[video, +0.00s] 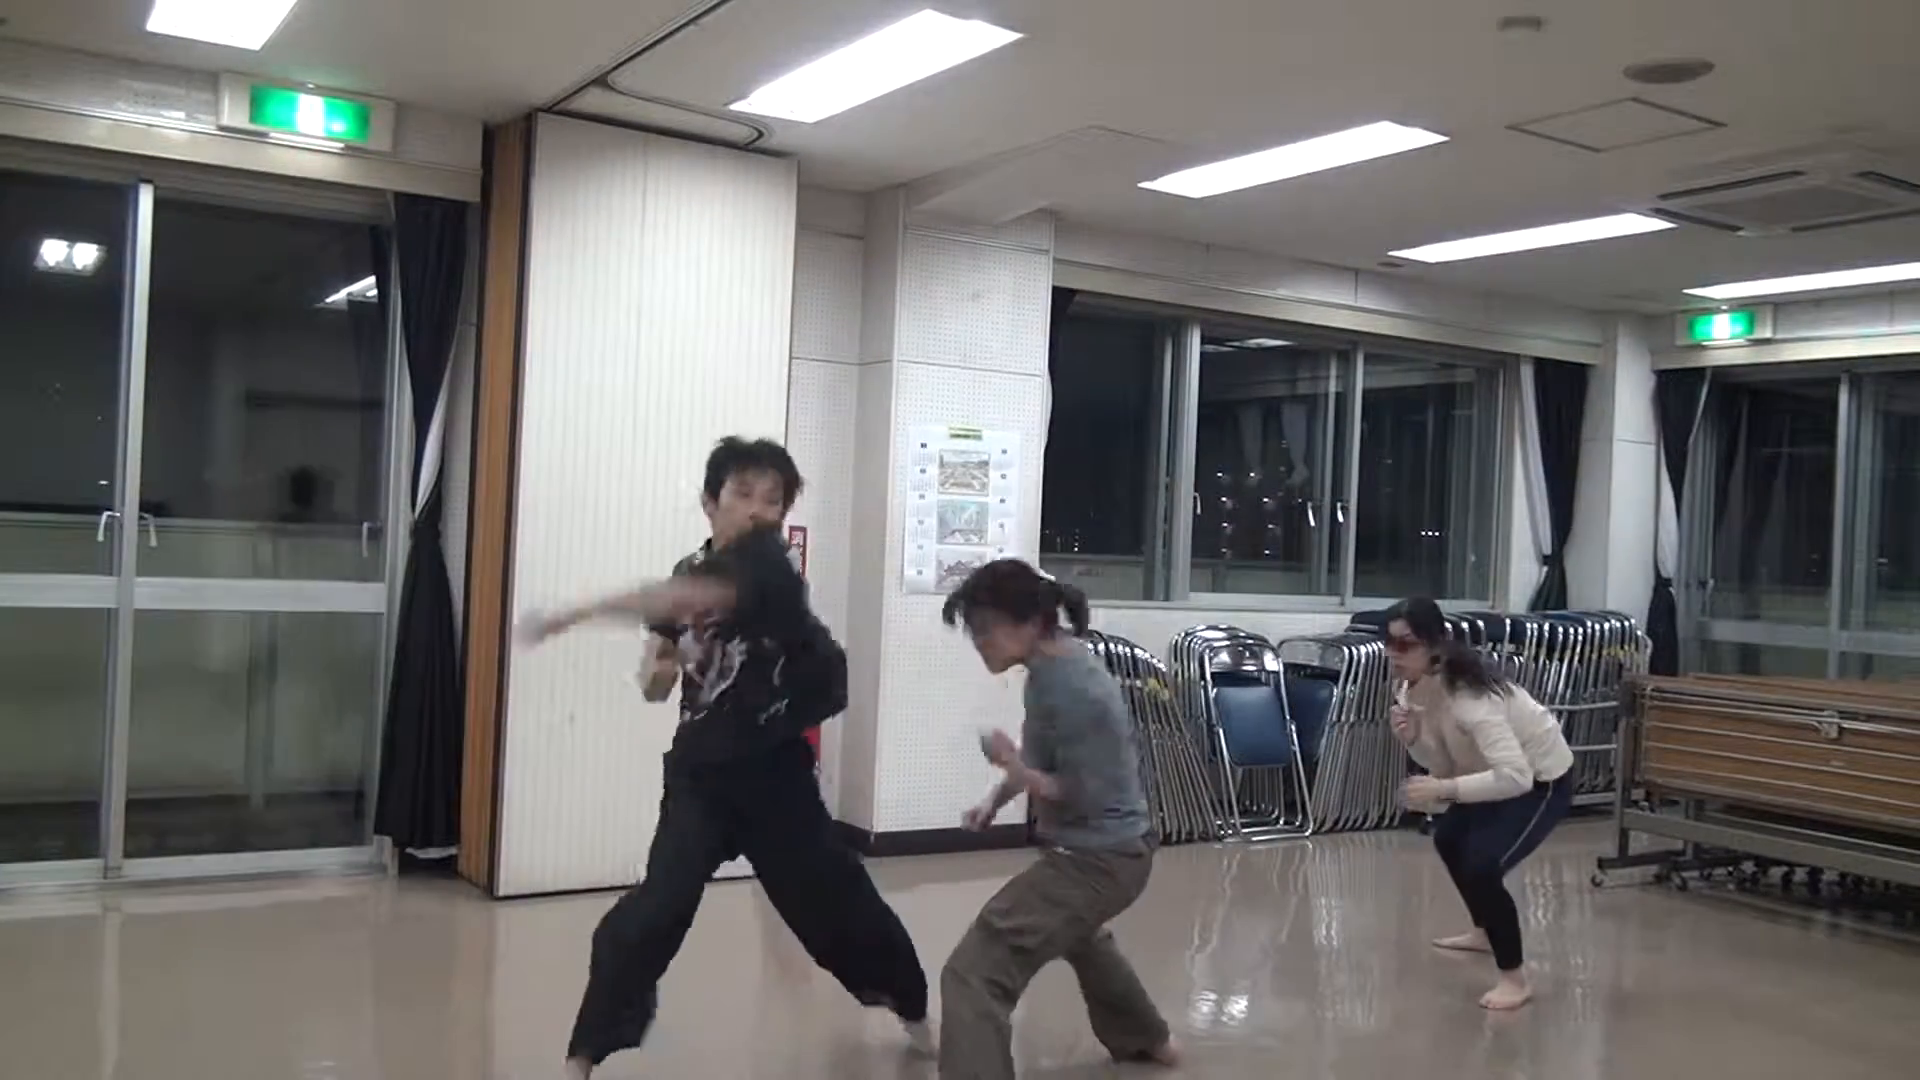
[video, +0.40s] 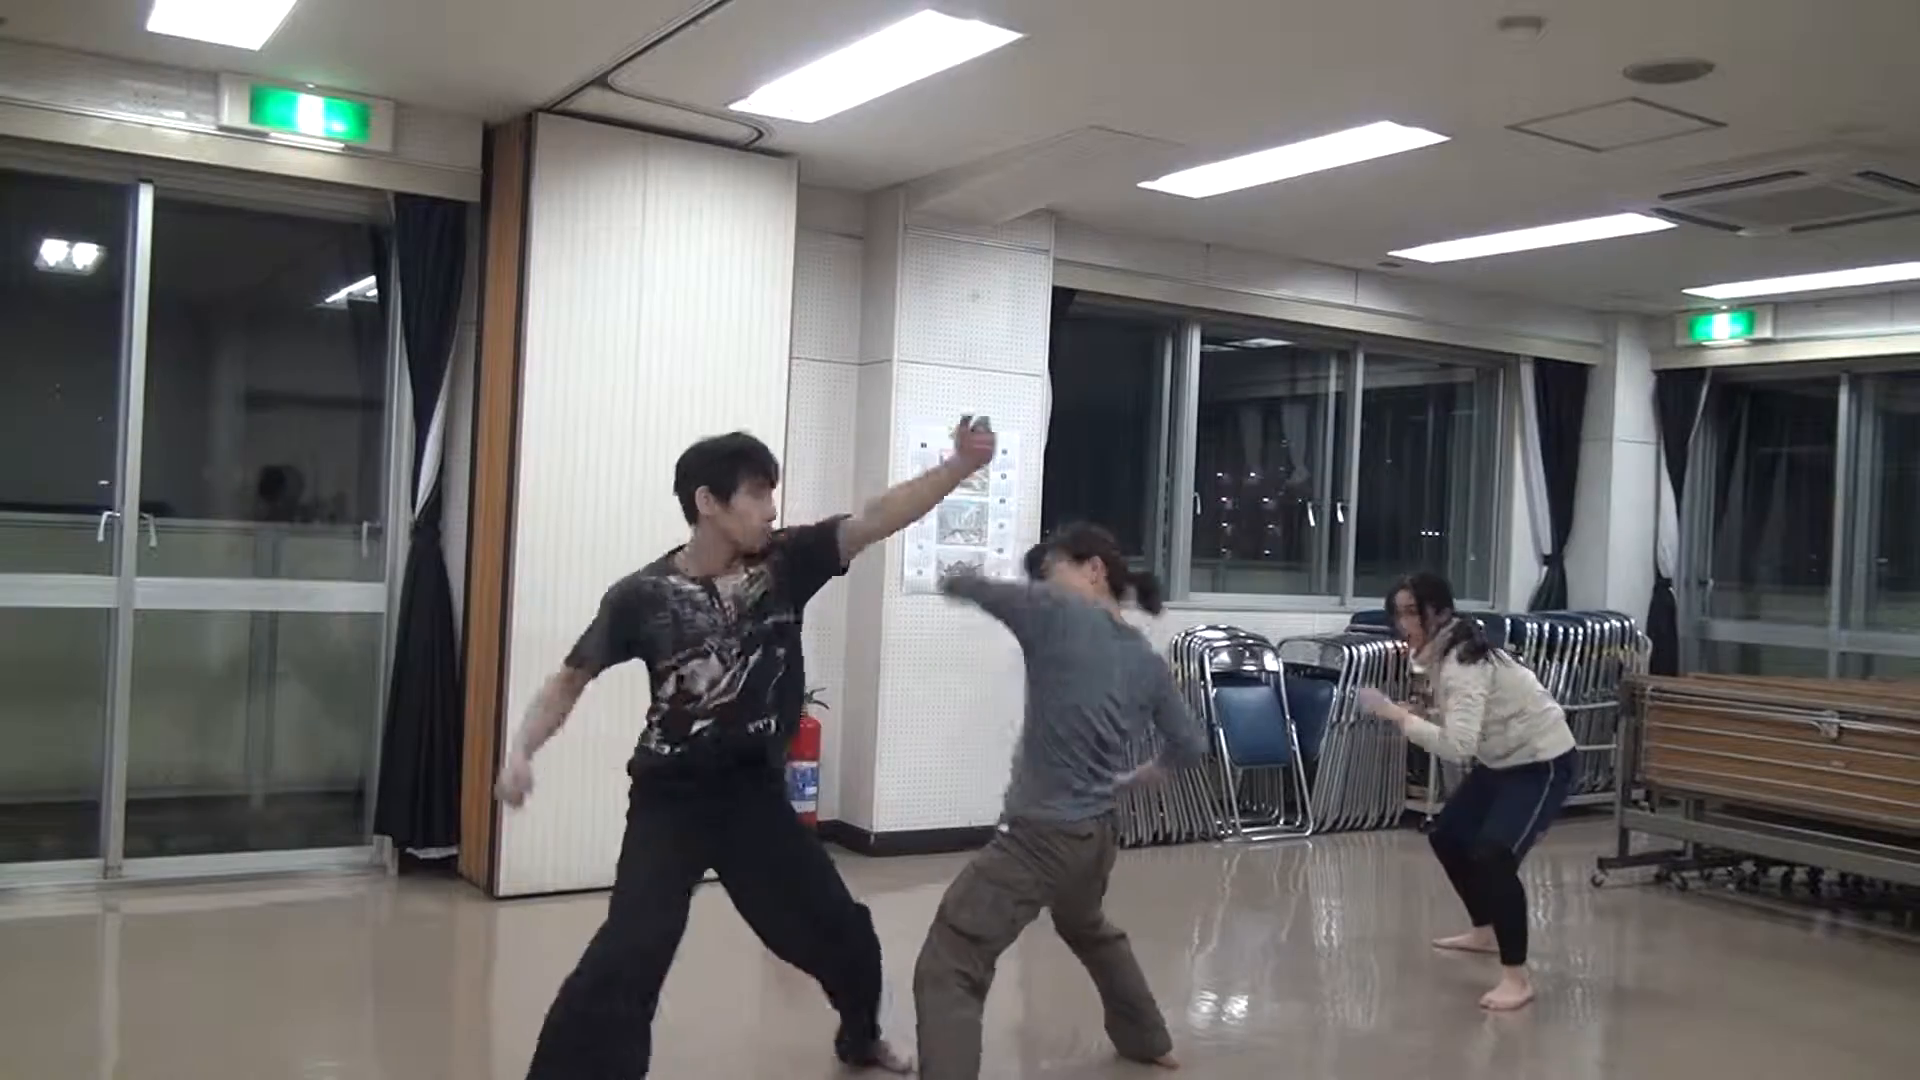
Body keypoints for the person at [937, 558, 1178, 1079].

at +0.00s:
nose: (977, 643)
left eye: (984, 629)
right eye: (974, 631)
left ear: (1030, 623)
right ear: (1034, 622)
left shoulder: (1077, 685)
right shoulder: (1051, 672)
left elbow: (1093, 793)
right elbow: (1040, 758)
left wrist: (1017, 766)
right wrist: (995, 801)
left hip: (1101, 858)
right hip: (1097, 848)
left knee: (973, 974)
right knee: (1079, 932)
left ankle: (974, 1071)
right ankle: (1145, 1041)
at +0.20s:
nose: (1000, 616)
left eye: (1008, 603)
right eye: (1002, 604)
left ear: (1047, 603)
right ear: (1055, 606)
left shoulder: (1014, 662)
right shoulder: (1126, 664)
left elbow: (1027, 764)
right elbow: (1163, 766)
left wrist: (1087, 777)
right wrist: (1111, 784)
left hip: (1086, 852)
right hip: (1151, 843)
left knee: (974, 976)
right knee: (1115, 919)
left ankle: (961, 1071)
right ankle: (1156, 1039)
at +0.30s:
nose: (1018, 607)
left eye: (1025, 593)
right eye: (1017, 596)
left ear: (1067, 590)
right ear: (1076, 595)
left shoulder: (1033, 643)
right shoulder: (1139, 664)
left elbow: (981, 735)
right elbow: (1185, 748)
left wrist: (1041, 731)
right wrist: (1145, 771)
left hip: (1067, 849)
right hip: (1129, 846)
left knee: (965, 974)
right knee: (1102, 919)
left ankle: (957, 1069)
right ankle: (1152, 1041)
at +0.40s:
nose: (1047, 585)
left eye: (1052, 572)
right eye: (1045, 574)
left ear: (1095, 569)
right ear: (1101, 575)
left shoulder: (1053, 610)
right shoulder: (1144, 657)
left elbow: (973, 587)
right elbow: (1188, 745)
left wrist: (957, 579)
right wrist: (1127, 782)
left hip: (1037, 839)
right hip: (1096, 839)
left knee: (948, 966)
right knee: (1086, 925)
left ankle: (947, 1070)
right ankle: (1147, 1042)